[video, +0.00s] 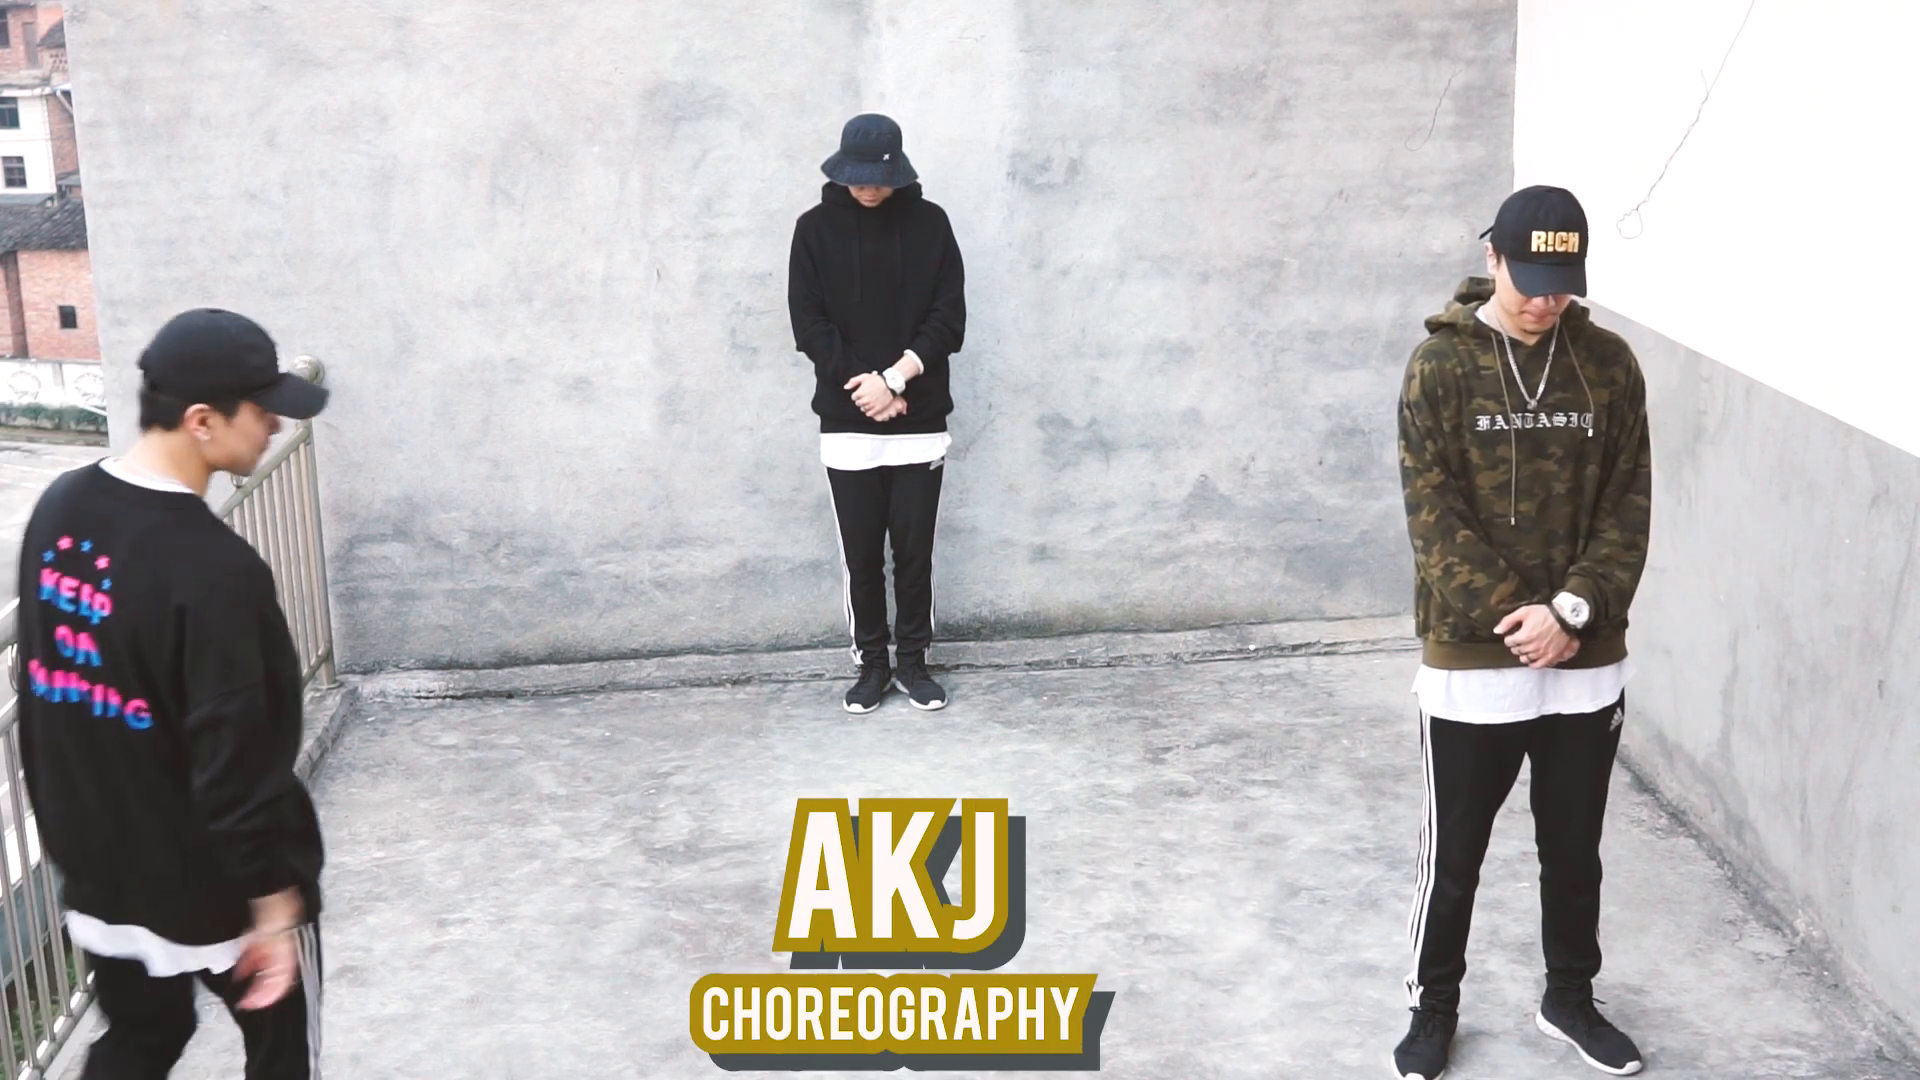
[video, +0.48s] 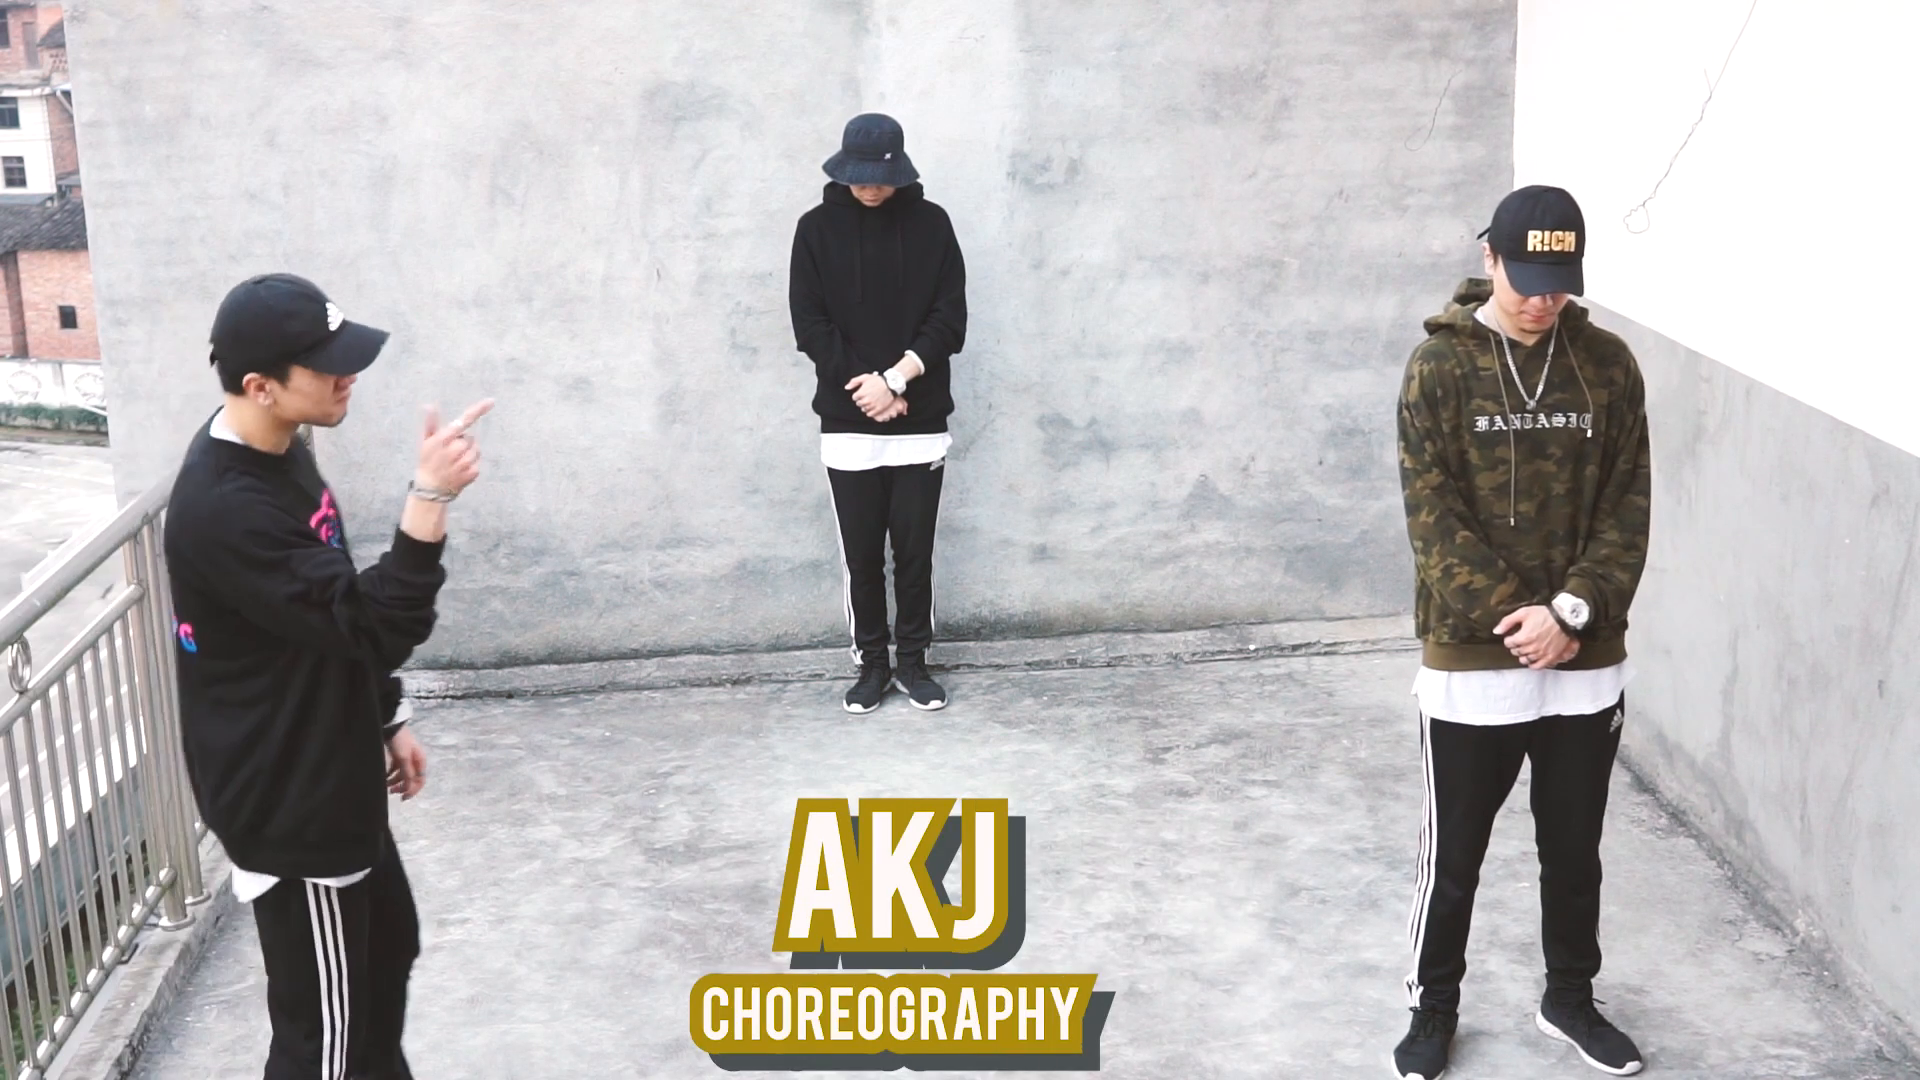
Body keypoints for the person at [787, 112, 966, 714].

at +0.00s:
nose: (869, 189)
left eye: (880, 179)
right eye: (858, 178)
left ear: (898, 173)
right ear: (841, 173)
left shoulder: (929, 222)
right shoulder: (815, 228)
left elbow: (949, 317)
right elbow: (808, 325)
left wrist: (895, 374)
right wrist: (864, 387)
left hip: (920, 415)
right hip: (846, 419)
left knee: (913, 550)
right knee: (862, 553)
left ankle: (913, 663)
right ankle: (873, 667)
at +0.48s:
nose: (871, 189)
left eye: (882, 179)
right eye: (860, 178)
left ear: (900, 173)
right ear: (843, 173)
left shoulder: (930, 222)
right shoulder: (817, 228)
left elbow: (950, 317)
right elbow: (809, 324)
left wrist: (896, 375)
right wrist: (864, 387)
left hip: (921, 416)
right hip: (846, 419)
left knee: (914, 551)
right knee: (862, 554)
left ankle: (913, 664)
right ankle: (873, 667)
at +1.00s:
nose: (869, 189)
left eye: (881, 179)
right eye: (859, 178)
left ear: (900, 173)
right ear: (843, 173)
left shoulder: (930, 222)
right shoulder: (817, 228)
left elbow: (950, 318)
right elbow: (808, 325)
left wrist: (897, 375)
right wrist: (865, 387)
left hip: (920, 416)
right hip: (846, 419)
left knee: (913, 550)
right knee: (862, 553)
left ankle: (913, 663)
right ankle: (873, 667)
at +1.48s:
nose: (868, 188)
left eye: (879, 177)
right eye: (857, 177)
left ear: (898, 172)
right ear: (841, 173)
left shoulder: (928, 222)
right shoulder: (815, 228)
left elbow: (949, 317)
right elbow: (807, 324)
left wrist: (897, 374)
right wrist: (863, 387)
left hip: (920, 415)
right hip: (846, 418)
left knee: (913, 549)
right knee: (861, 552)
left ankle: (913, 663)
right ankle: (873, 667)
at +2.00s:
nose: (868, 187)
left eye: (879, 177)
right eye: (857, 176)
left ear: (898, 172)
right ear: (841, 172)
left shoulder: (928, 222)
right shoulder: (814, 228)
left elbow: (949, 317)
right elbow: (806, 325)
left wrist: (896, 374)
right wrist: (863, 387)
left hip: (919, 416)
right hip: (845, 419)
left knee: (913, 549)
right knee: (861, 552)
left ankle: (912, 663)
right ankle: (872, 666)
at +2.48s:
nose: (867, 187)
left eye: (879, 176)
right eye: (857, 176)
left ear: (898, 171)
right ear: (841, 171)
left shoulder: (928, 222)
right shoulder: (815, 228)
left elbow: (949, 318)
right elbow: (807, 324)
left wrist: (895, 374)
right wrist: (864, 387)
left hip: (920, 416)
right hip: (846, 419)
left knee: (913, 549)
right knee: (862, 553)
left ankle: (913, 663)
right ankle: (873, 667)